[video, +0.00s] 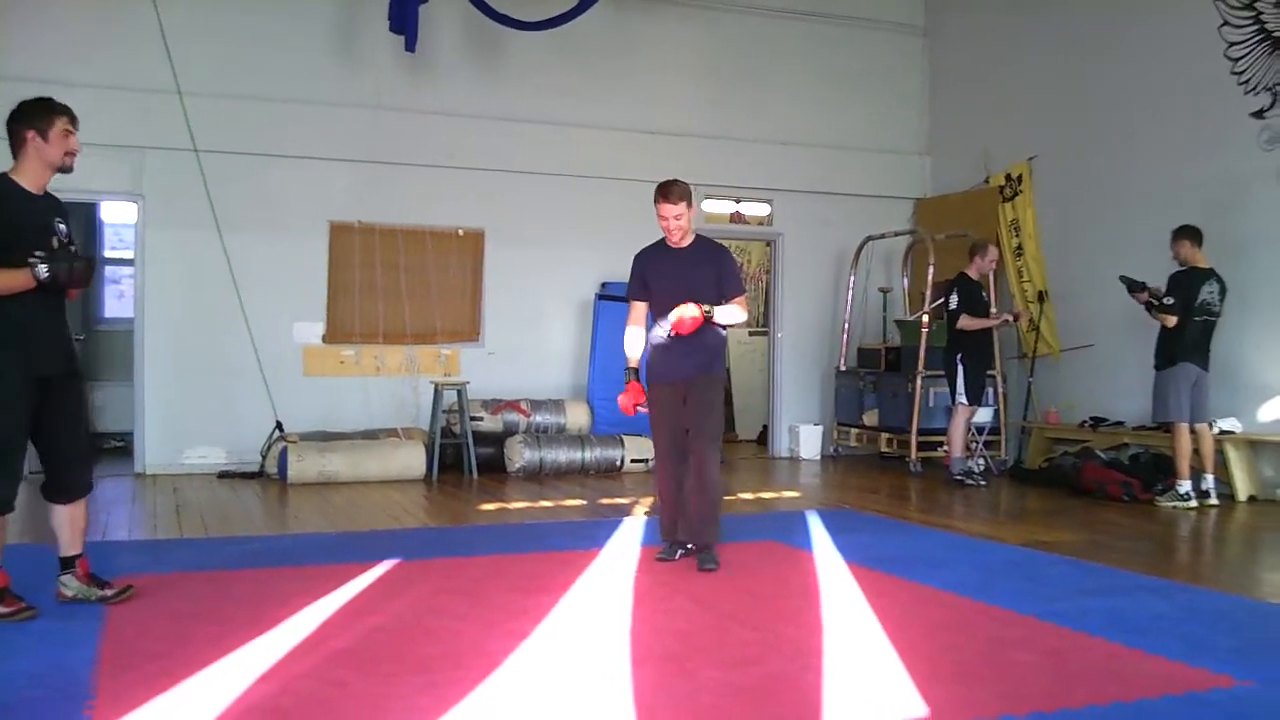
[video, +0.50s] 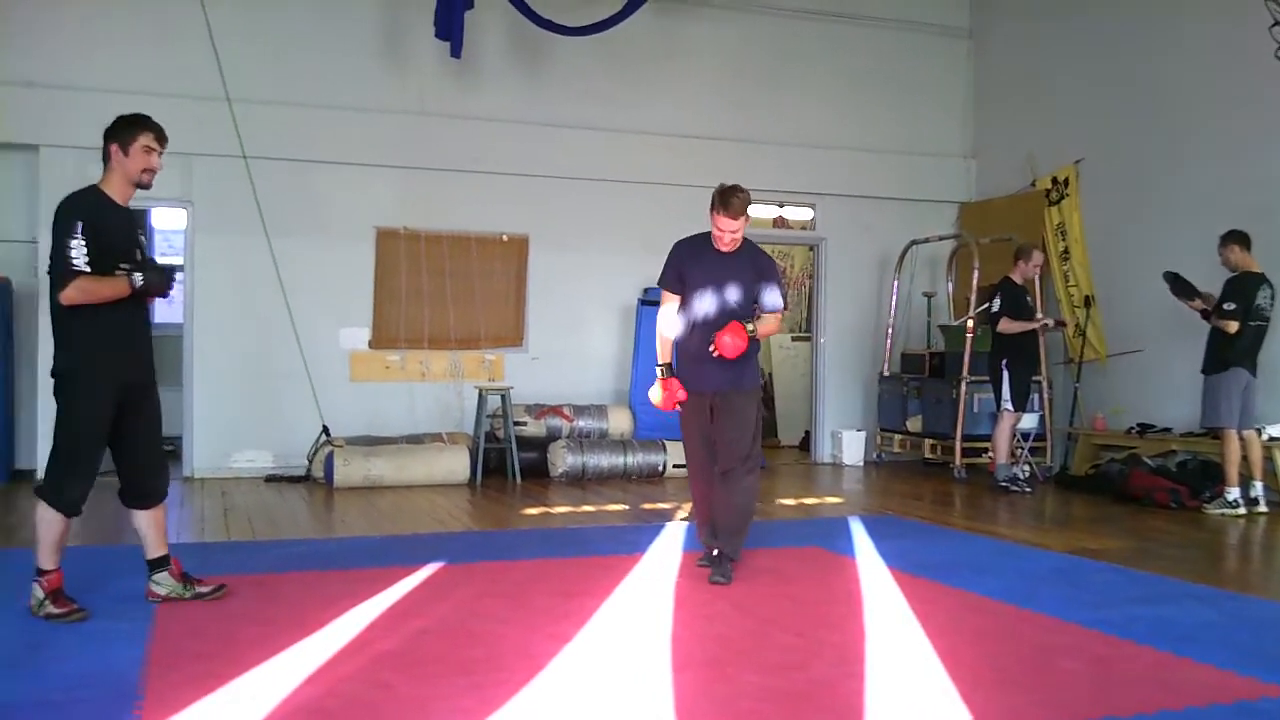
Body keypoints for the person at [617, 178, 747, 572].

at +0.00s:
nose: (671, 225)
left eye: (678, 217)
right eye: (664, 218)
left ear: (692, 212)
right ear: (656, 216)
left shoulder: (717, 256)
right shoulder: (646, 260)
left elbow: (741, 311)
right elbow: (636, 321)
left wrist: (705, 312)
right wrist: (632, 375)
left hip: (706, 373)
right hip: (662, 374)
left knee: (704, 455)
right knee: (667, 455)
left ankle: (704, 543)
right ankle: (675, 537)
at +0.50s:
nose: (725, 238)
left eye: (733, 232)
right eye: (719, 230)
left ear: (746, 222)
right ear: (710, 217)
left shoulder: (761, 264)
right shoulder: (685, 252)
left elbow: (775, 318)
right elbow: (667, 312)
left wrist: (748, 332)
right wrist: (664, 370)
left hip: (738, 385)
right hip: (691, 382)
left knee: (735, 465)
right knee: (700, 464)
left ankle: (726, 552)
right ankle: (711, 544)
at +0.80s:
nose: (733, 231)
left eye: (742, 225)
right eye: (728, 222)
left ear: (755, 216)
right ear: (718, 208)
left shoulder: (766, 259)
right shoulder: (692, 239)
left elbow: (784, 320)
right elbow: (674, 299)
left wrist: (753, 329)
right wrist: (666, 357)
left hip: (737, 378)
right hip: (689, 372)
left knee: (739, 464)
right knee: (688, 451)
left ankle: (733, 548)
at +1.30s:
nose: (645, 161)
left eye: (652, 153)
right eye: (640, 152)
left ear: (670, 145)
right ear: (633, 145)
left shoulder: (692, 194)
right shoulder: (625, 186)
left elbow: (715, 257)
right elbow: (616, 250)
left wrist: (664, 261)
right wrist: (609, 306)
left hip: (674, 321)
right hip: (628, 318)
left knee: (690, 405)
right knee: (622, 405)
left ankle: (704, 488)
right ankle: (613, 486)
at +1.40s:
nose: (635, 157)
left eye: (643, 149)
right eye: (629, 148)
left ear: (659, 144)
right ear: (622, 144)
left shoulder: (682, 193)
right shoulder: (615, 187)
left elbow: (701, 258)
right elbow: (604, 250)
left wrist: (655, 260)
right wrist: (597, 305)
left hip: (667, 321)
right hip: (620, 320)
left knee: (683, 406)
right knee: (617, 406)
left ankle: (705, 488)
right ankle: (616, 487)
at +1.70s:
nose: (625, 154)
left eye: (632, 145)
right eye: (617, 147)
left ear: (643, 143)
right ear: (608, 149)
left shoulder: (671, 194)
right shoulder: (606, 198)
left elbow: (692, 254)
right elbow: (592, 258)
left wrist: (638, 259)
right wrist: (570, 312)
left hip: (661, 320)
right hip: (621, 318)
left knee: (657, 406)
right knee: (620, 406)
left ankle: (698, 452)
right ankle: (633, 492)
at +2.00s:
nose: (652, 150)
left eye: (656, 142)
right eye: (642, 144)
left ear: (665, 147)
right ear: (628, 154)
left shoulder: (693, 194)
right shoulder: (621, 206)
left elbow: (721, 253)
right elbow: (616, 271)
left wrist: (676, 260)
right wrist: (610, 329)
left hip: (691, 316)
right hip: (646, 318)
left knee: (697, 399)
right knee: (646, 405)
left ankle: (687, 456)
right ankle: (652, 495)